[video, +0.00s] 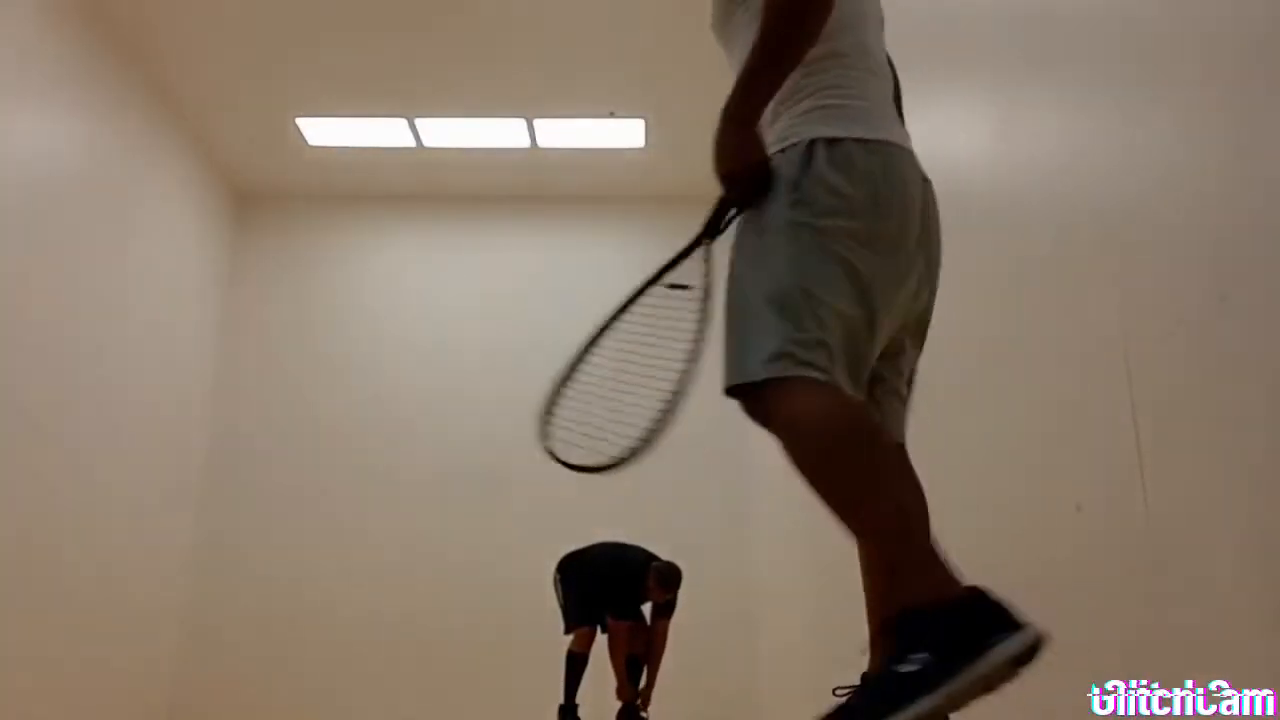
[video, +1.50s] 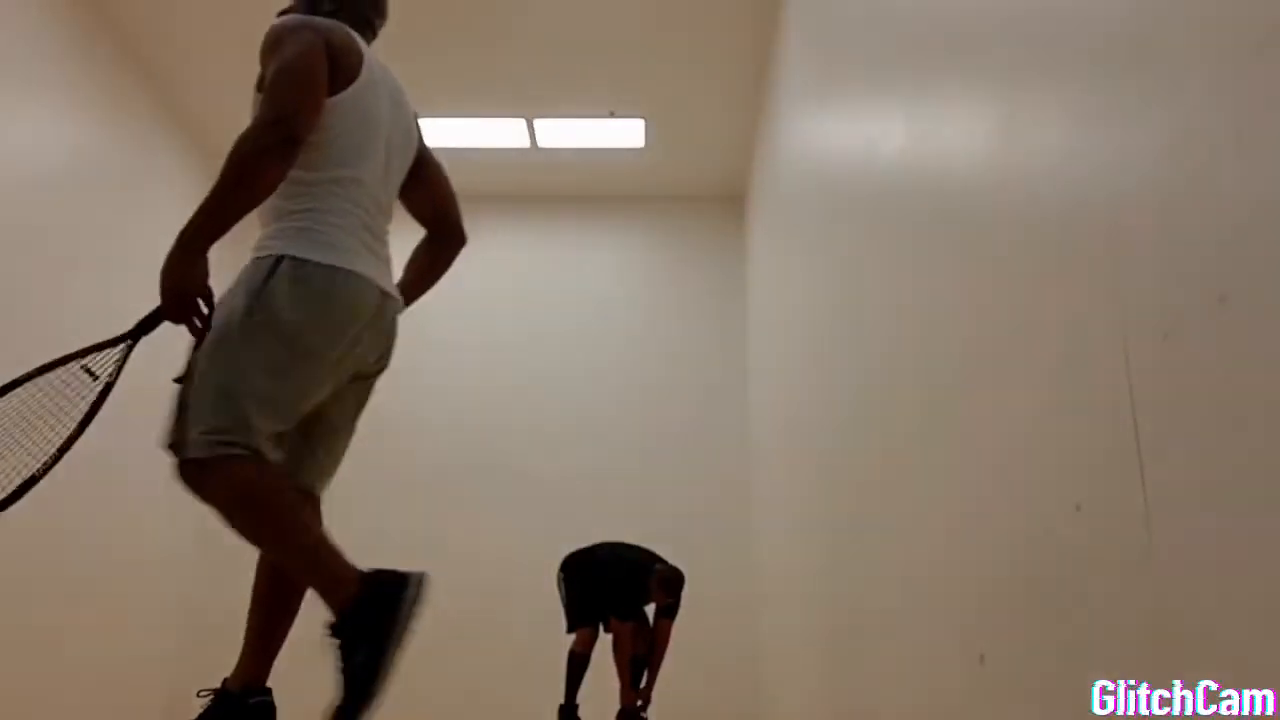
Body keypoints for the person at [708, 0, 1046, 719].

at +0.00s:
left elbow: (809, 2)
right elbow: (876, 75)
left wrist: (737, 120)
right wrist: (771, 156)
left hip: (829, 155)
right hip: (900, 180)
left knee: (782, 379)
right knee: (872, 433)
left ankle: (944, 610)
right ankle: (897, 663)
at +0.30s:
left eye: (663, 15)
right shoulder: (789, 26)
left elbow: (714, 50)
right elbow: (833, 159)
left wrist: (664, 185)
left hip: (743, 199)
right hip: (830, 220)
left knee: (646, 421)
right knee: (827, 452)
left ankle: (598, 675)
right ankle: (889, 682)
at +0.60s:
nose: (516, 33)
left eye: (522, 19)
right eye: (517, 25)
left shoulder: (556, 11)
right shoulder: (668, 42)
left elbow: (552, 128)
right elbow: (707, 169)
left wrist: (531, 238)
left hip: (611, 216)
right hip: (697, 233)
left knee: (545, 451)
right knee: (692, 461)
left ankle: (499, 685)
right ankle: (830, 636)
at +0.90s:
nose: (415, 17)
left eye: (419, 11)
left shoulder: (454, 4)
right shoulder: (567, 32)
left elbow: (442, 96)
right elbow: (602, 166)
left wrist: (404, 204)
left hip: (504, 222)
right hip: (587, 233)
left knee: (488, 463)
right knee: (523, 462)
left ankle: (494, 684)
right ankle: (544, 668)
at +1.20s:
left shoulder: (379, 10)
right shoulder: (486, 68)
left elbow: (365, 109)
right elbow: (525, 201)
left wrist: (284, 220)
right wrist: (440, 248)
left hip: (406, 246)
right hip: (479, 267)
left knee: (437, 462)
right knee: (362, 476)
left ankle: (490, 682)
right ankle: (283, 676)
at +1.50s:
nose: (281, 24)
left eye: (287, 17)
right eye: (284, 21)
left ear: (311, 7)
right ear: (370, 23)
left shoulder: (304, 32)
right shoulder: (393, 105)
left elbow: (283, 129)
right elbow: (448, 230)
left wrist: (189, 247)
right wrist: (389, 305)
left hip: (302, 276)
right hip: (372, 309)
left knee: (207, 449)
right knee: (295, 499)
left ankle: (356, 598)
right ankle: (247, 689)